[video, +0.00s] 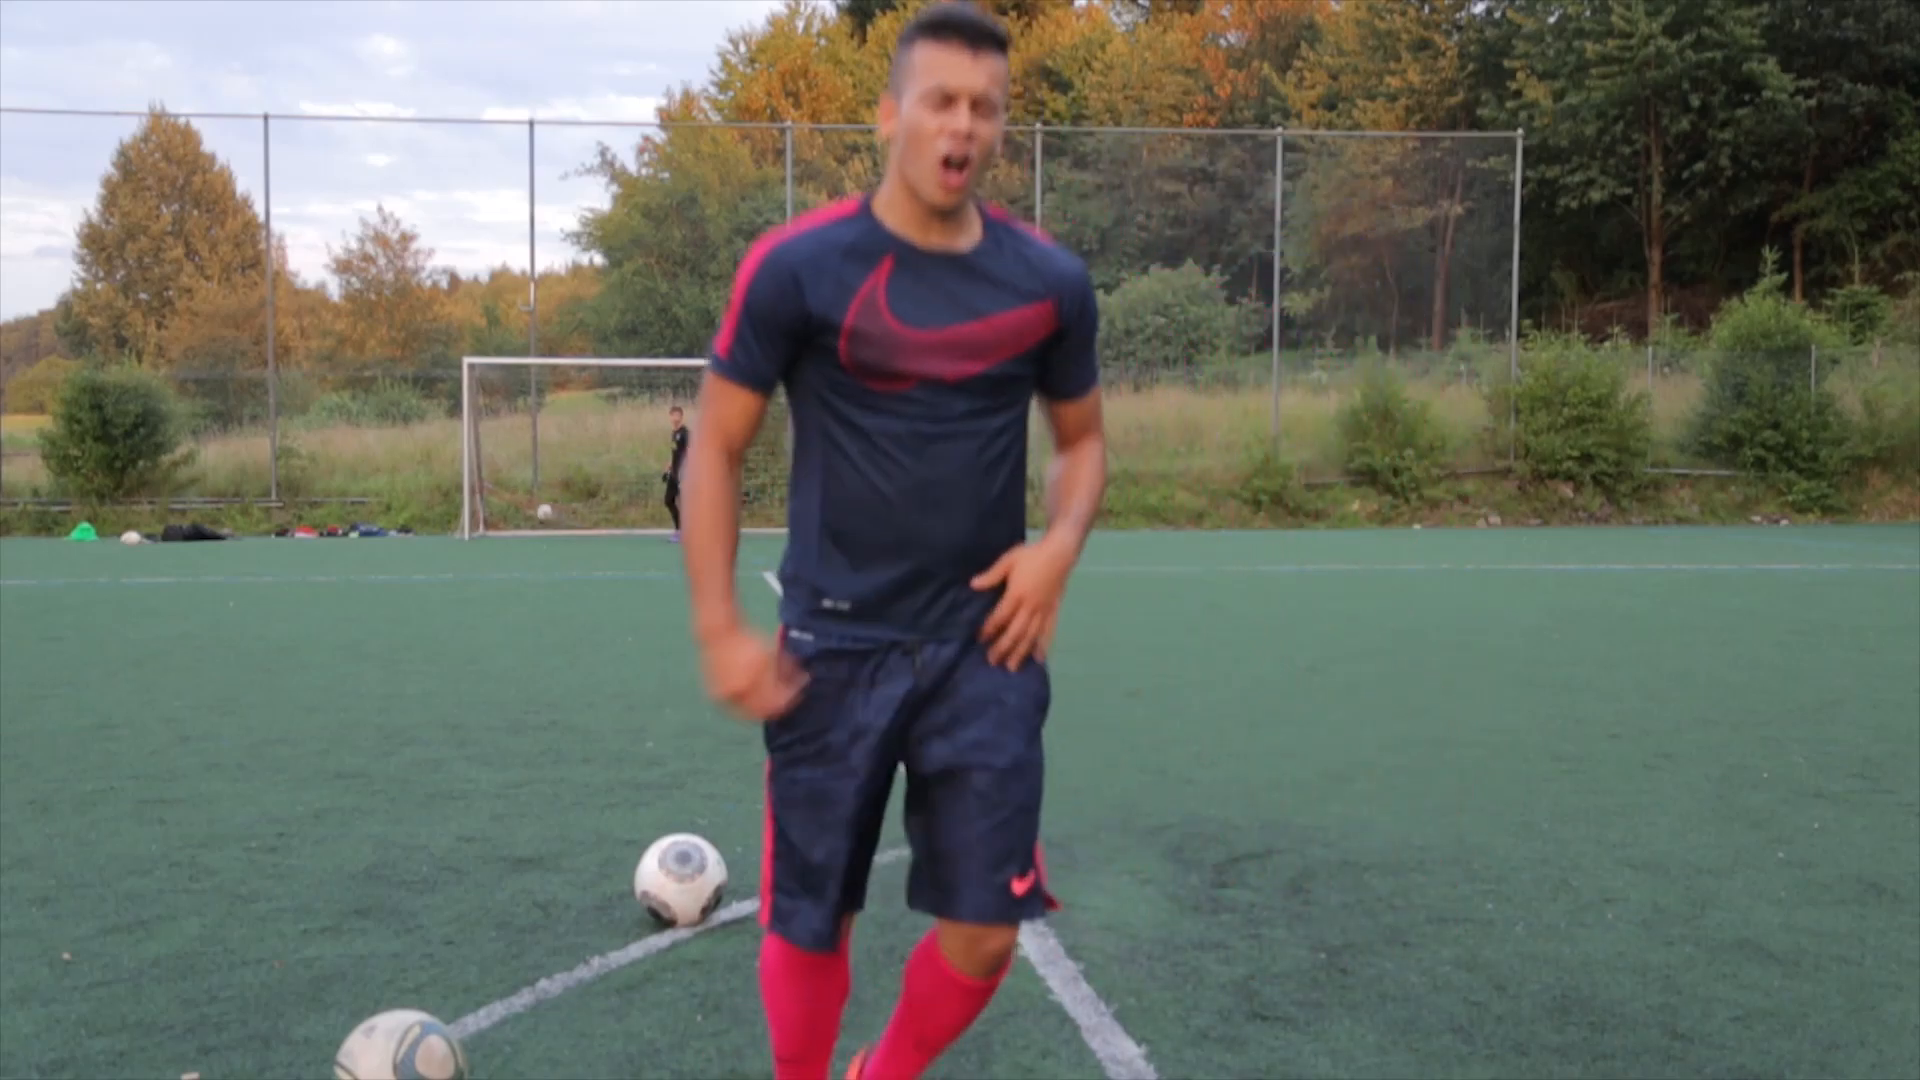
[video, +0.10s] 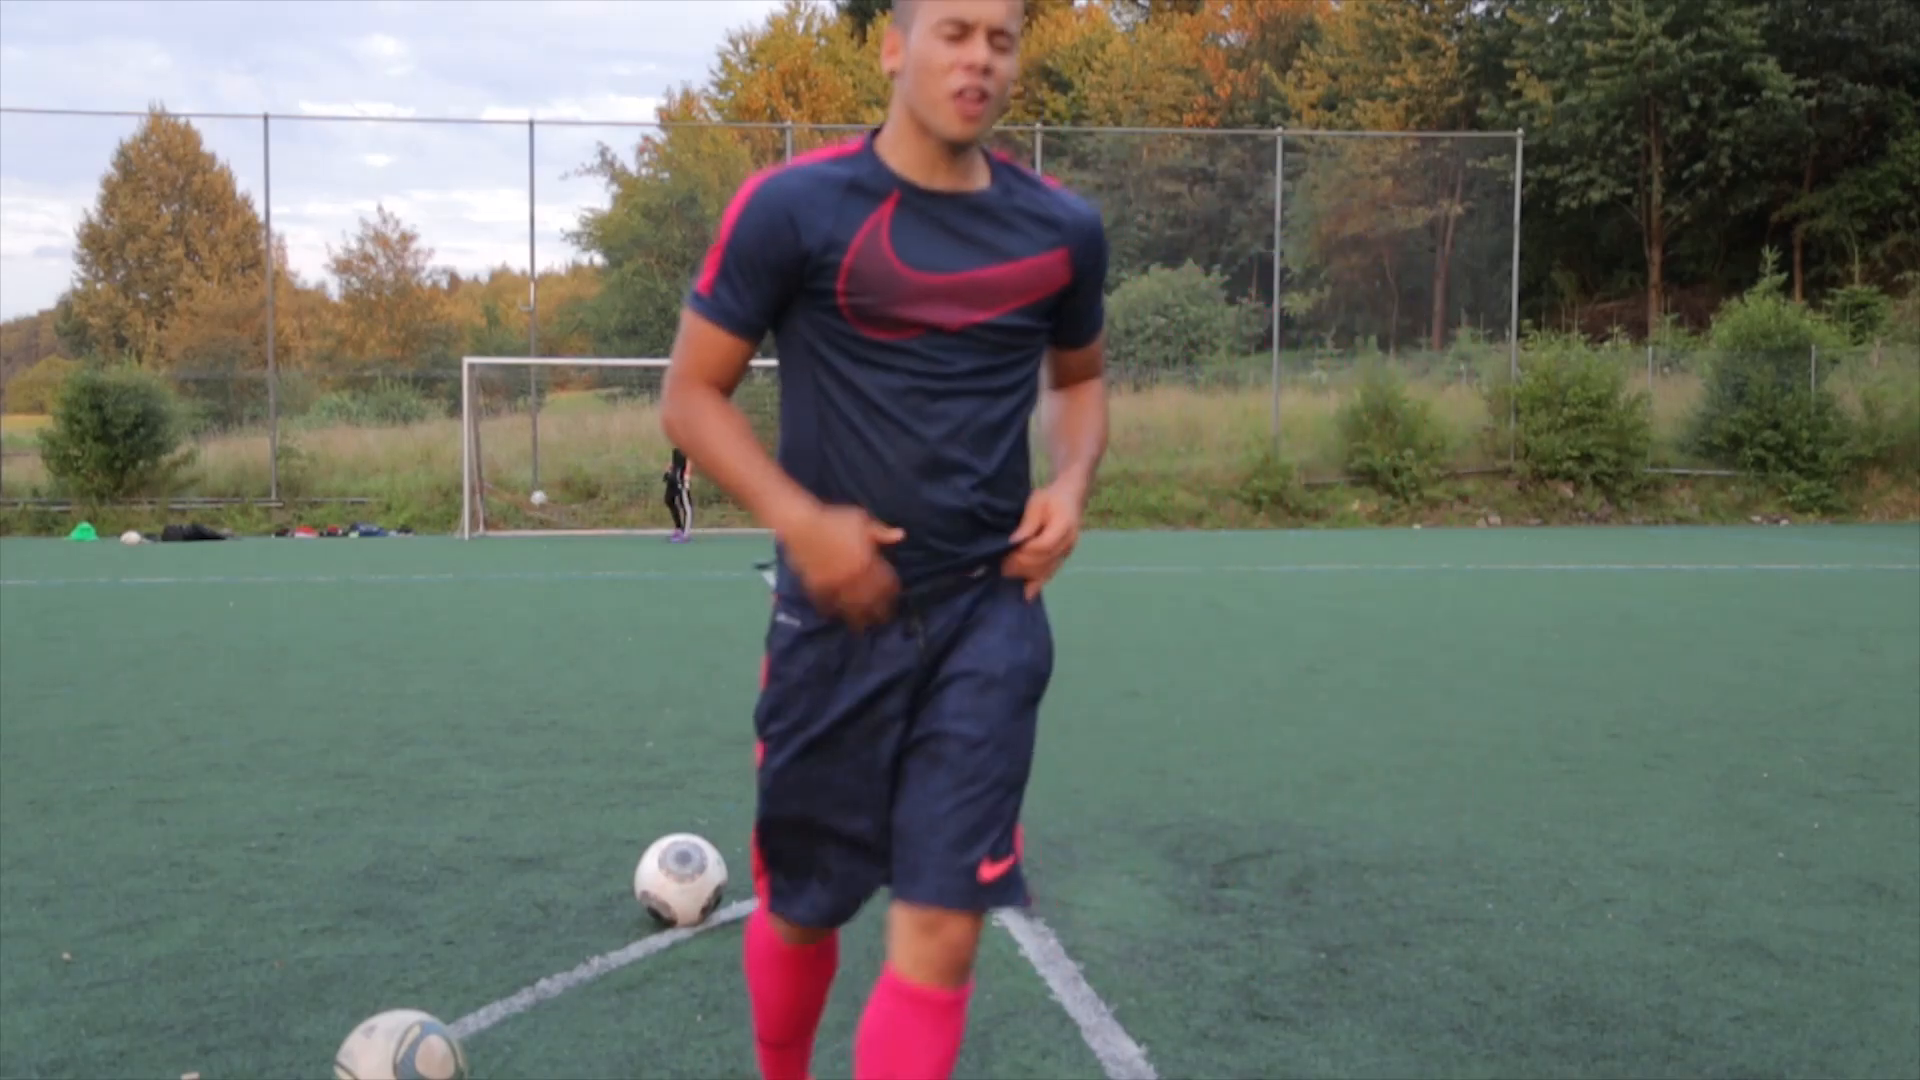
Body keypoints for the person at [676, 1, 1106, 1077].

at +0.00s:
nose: (964, 129)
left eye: (984, 108)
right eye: (941, 102)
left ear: (1000, 127)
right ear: (889, 113)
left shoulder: (1051, 282)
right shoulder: (794, 270)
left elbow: (1079, 440)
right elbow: (714, 445)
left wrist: (1060, 546)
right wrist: (720, 630)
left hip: (986, 643)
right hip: (832, 647)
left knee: (984, 935)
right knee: (805, 929)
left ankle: (884, 1071)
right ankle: (799, 1074)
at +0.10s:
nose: (981, 62)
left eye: (1002, 42)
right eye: (956, 34)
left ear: (1020, 65)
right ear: (892, 47)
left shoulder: (1063, 230)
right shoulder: (791, 209)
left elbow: (1077, 378)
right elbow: (689, 395)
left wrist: (1070, 484)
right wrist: (799, 521)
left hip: (988, 612)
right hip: (835, 615)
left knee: (942, 923)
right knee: (803, 909)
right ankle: (783, 1075)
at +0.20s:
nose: (1009, 43)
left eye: (1026, 30)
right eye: (978, 18)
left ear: (1040, 69)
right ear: (902, 43)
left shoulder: (1087, 249)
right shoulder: (790, 217)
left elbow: (1098, 408)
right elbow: (677, 413)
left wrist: (1084, 492)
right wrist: (808, 523)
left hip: (982, 666)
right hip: (816, 664)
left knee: (911, 1004)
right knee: (760, 990)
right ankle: (740, 1079)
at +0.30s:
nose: (1046, 65)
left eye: (1062, 53)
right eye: (1012, 38)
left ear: (1067, 99)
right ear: (928, 73)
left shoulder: (1112, 323)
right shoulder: (784, 268)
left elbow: (1138, 545)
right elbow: (687, 493)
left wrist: (1095, 666)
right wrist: (784, 664)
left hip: (1002, 790)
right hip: (809, 780)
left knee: (969, 1065)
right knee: (744, 1061)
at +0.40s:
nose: (1092, 18)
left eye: (1104, 8)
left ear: (1108, 54)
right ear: (962, 18)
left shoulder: (1142, 282)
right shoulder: (791, 224)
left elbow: (1149, 540)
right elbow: (715, 468)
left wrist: (1090, 655)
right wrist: (797, 662)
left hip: (1029, 776)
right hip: (832, 770)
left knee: (1014, 1060)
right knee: (812, 1058)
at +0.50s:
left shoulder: (1192, 216)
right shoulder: (820, 141)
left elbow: (1200, 469)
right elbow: (730, 402)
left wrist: (1195, 541)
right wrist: (826, 577)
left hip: (1081, 695)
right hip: (881, 695)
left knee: (1047, 1054)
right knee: (883, 1053)